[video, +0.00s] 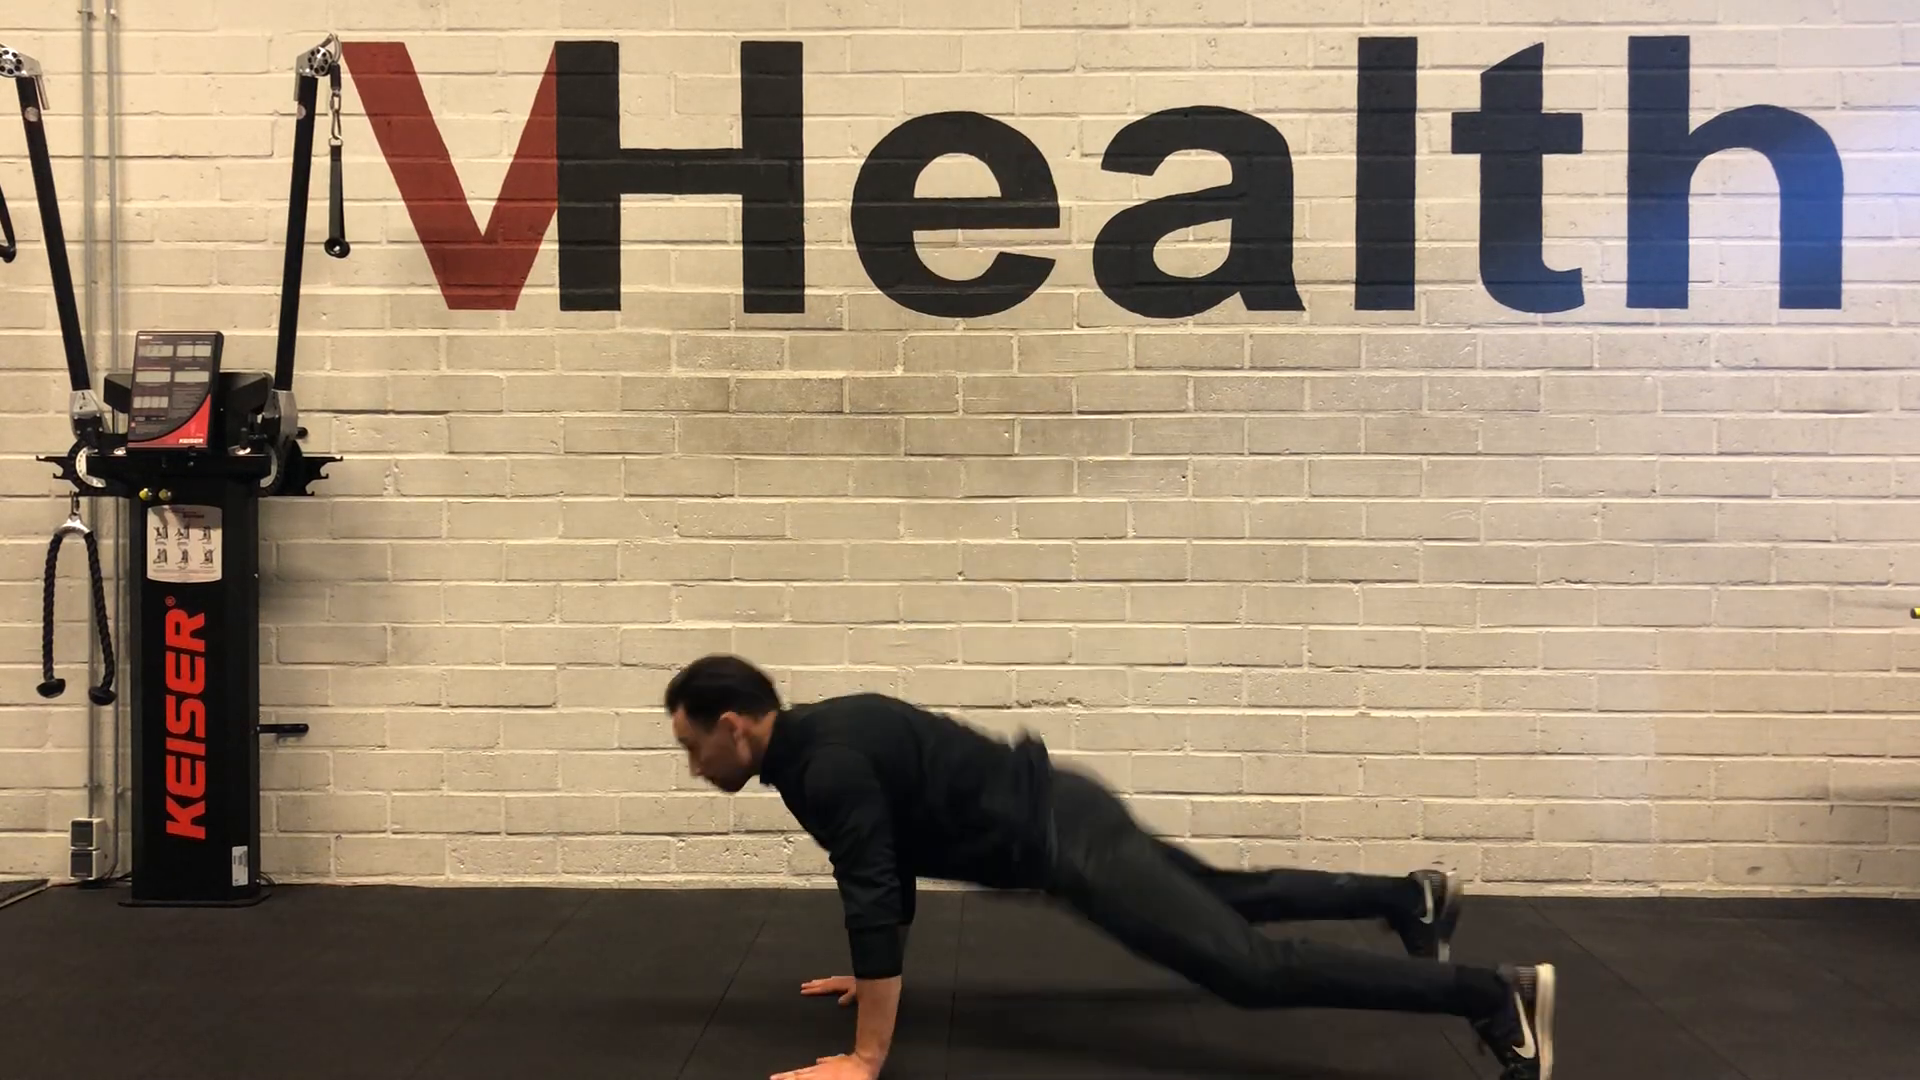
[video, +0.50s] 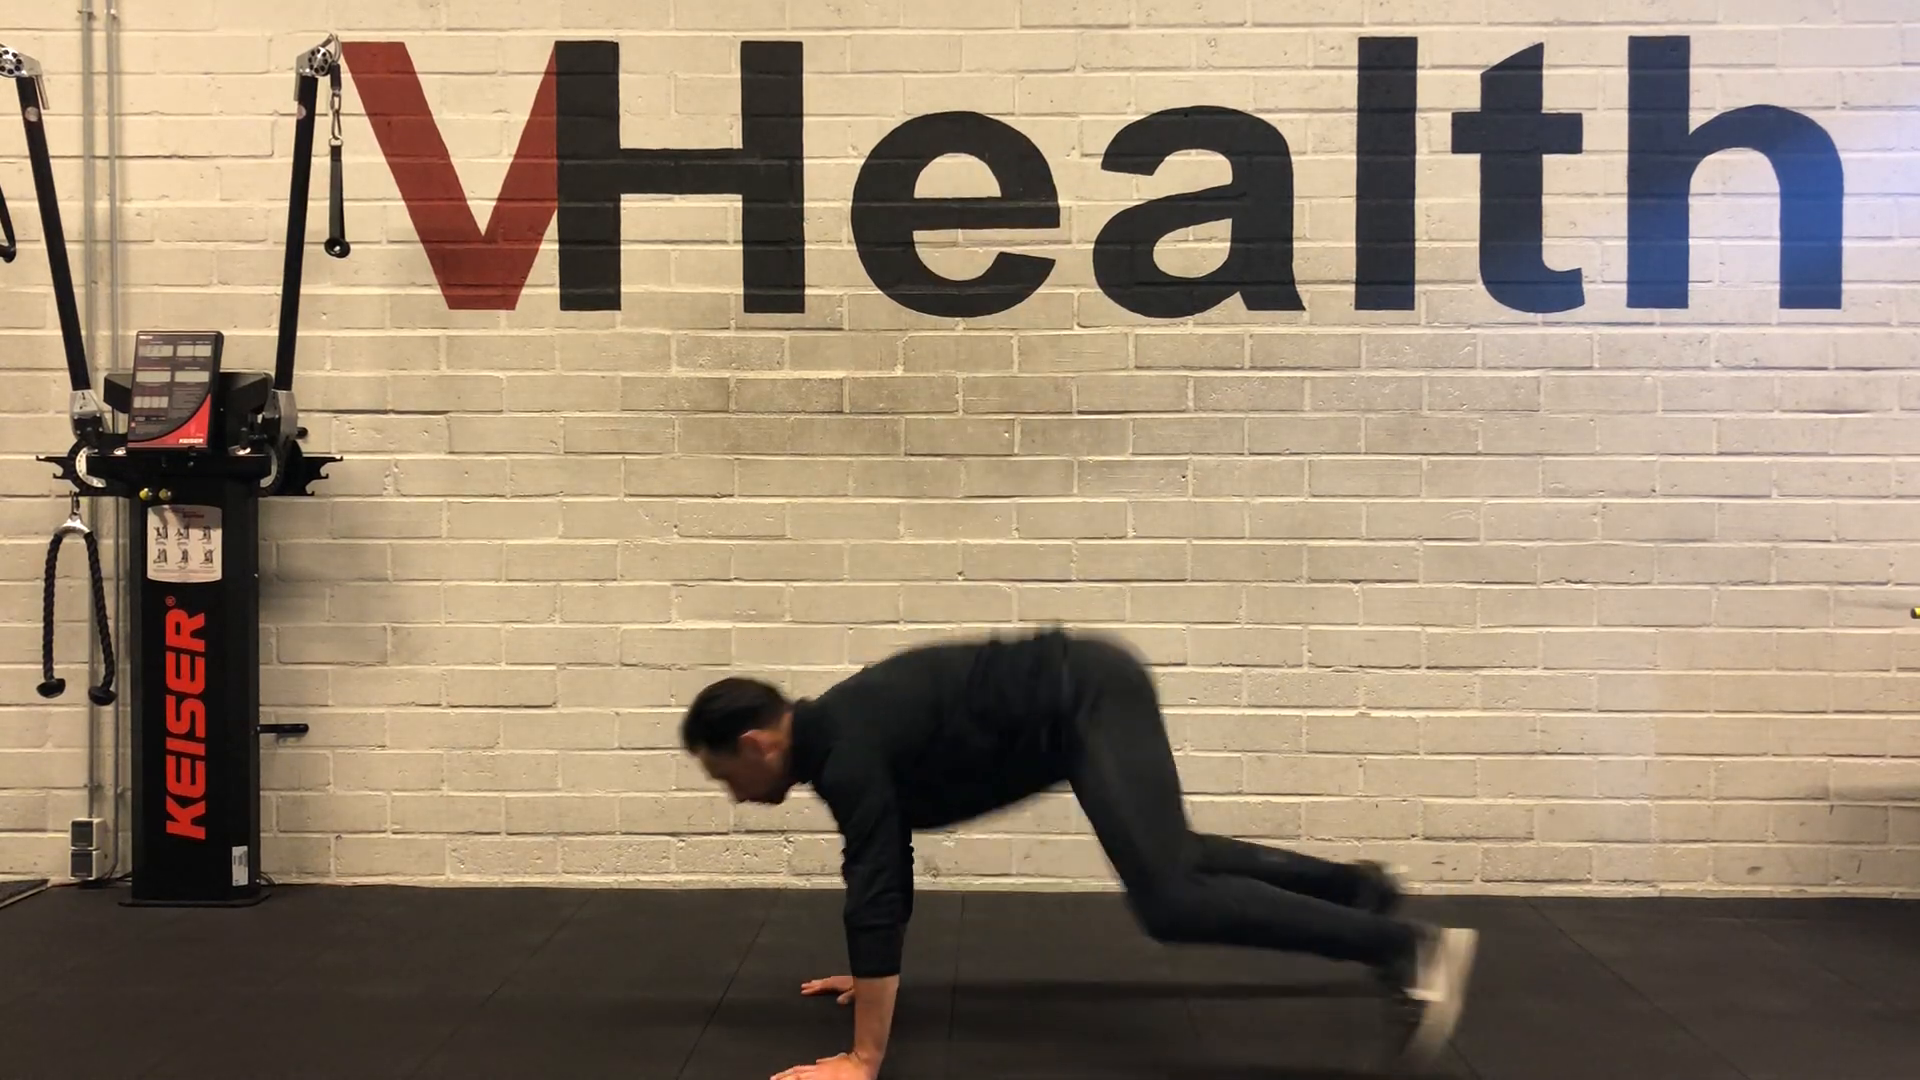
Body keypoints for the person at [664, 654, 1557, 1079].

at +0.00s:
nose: (691, 762)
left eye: (694, 744)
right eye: (686, 747)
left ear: (737, 724)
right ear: (742, 714)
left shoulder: (826, 760)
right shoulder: (812, 745)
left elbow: (878, 902)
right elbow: (872, 877)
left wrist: (867, 1052)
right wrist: (868, 978)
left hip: (1061, 833)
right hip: (1054, 813)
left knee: (1252, 970)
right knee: (1220, 900)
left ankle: (1487, 995)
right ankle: (1407, 897)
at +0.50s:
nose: (724, 790)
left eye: (722, 773)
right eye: (716, 776)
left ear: (758, 742)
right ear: (763, 731)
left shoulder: (849, 752)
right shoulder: (837, 732)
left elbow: (880, 896)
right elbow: (873, 866)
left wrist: (864, 1057)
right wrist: (866, 966)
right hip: (1083, 697)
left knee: (1165, 904)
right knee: (1171, 864)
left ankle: (1409, 948)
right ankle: (1364, 891)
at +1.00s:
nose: (825, 401)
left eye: (833, 383)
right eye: (824, 384)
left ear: (882, 379)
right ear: (885, 382)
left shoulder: (946, 457)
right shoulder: (930, 451)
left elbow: (938, 616)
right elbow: (939, 613)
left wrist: (894, 753)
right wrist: (896, 741)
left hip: (1118, 634)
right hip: (1071, 635)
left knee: (1003, 805)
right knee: (974, 773)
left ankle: (1081, 1033)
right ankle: (1046, 959)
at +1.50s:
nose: (944, 232)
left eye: (955, 216)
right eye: (943, 217)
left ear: (1012, 218)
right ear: (1009, 223)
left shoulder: (1052, 323)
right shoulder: (1016, 316)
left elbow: (1077, 477)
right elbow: (1032, 468)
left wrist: (1083, 616)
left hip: (1023, 602)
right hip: (997, 596)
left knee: (1047, 807)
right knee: (1032, 794)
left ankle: (1084, 1036)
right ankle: (1055, 958)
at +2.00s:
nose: (847, 334)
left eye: (851, 314)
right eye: (840, 318)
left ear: (899, 291)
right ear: (896, 295)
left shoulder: (971, 381)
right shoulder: (948, 376)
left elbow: (981, 540)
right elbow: (980, 537)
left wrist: (965, 674)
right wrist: (968, 661)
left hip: (1100, 600)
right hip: (1059, 602)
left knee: (1035, 792)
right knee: (1010, 769)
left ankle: (1083, 1032)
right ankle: (1056, 956)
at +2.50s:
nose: (782, 773)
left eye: (774, 755)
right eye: (769, 760)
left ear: (807, 720)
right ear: (814, 709)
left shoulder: (894, 732)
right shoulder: (878, 701)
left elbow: (893, 891)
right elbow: (889, 862)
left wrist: (858, 1049)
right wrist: (869, 969)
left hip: (1116, 634)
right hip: (1093, 626)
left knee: (1014, 818)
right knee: (1009, 801)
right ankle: (1105, 942)